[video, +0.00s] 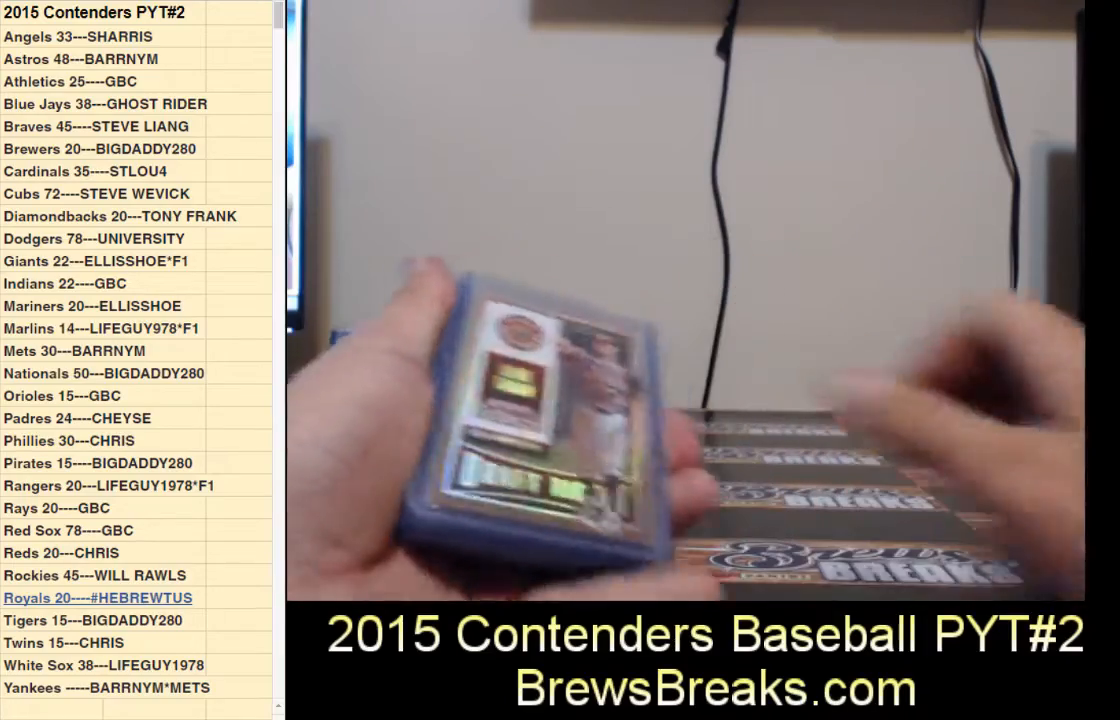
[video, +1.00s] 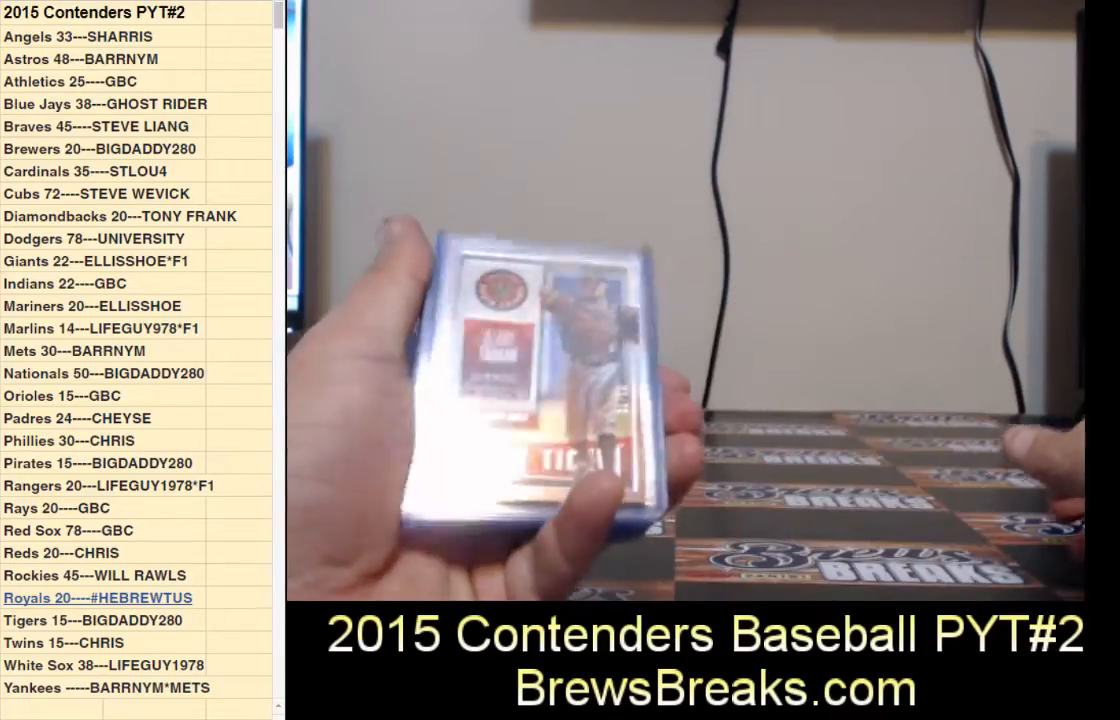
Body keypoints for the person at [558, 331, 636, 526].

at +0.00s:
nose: (604, 348)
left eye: (608, 344)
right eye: (600, 344)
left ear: (616, 348)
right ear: (593, 346)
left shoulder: (620, 371)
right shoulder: (590, 365)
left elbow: (626, 391)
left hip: (616, 417)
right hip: (590, 414)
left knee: (613, 463)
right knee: (589, 458)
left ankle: (613, 509)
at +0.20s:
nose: (577, 332)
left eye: (582, 329)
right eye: (574, 328)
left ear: (589, 332)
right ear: (569, 331)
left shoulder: (597, 354)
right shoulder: (562, 349)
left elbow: (616, 369)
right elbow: (547, 341)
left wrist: (607, 379)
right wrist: (537, 334)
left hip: (593, 401)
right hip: (567, 401)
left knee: (592, 451)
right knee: (567, 452)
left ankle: (594, 499)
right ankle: (569, 498)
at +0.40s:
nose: (574, 319)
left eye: (578, 315)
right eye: (570, 315)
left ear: (586, 319)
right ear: (565, 318)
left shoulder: (596, 342)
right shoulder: (559, 337)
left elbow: (609, 361)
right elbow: (543, 330)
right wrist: (534, 323)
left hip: (593, 392)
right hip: (567, 392)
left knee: (594, 440)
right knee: (568, 438)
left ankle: (599, 484)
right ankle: (572, 482)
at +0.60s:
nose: (592, 306)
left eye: (596, 303)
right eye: (588, 302)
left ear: (604, 306)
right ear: (583, 305)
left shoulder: (614, 331)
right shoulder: (577, 325)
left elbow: (628, 357)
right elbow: (563, 317)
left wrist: (630, 348)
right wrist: (552, 310)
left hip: (611, 383)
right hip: (585, 382)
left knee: (612, 432)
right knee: (587, 431)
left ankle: (618, 477)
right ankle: (592, 473)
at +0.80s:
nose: (581, 308)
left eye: (586, 304)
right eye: (578, 304)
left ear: (595, 308)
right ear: (572, 307)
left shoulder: (604, 333)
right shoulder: (566, 326)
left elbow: (615, 357)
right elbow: (549, 318)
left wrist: (620, 348)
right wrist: (542, 313)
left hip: (598, 383)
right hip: (571, 383)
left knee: (597, 431)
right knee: (571, 430)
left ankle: (601, 476)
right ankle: (576, 473)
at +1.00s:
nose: (591, 289)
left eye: (596, 284)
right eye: (587, 284)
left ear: (604, 287)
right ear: (581, 286)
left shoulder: (613, 311)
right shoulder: (571, 308)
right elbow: (549, 300)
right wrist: (552, 301)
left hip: (607, 366)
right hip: (579, 366)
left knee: (606, 421)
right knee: (577, 418)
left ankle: (609, 473)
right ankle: (582, 466)